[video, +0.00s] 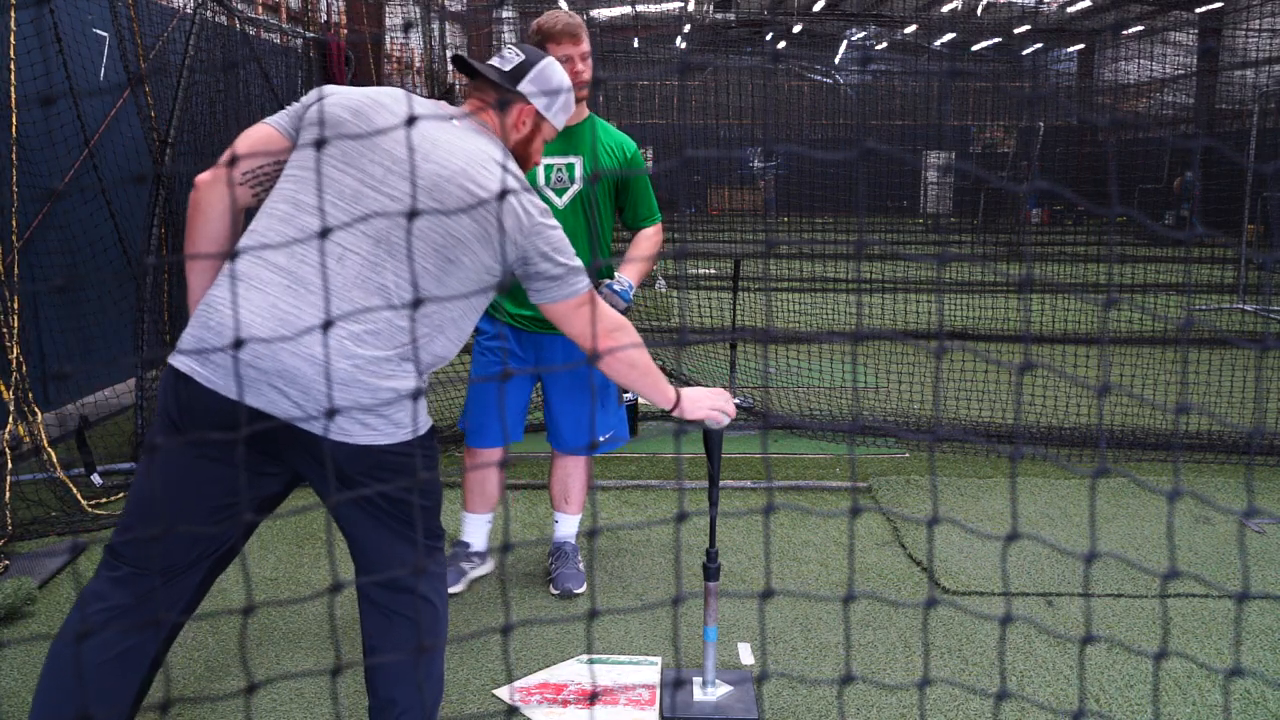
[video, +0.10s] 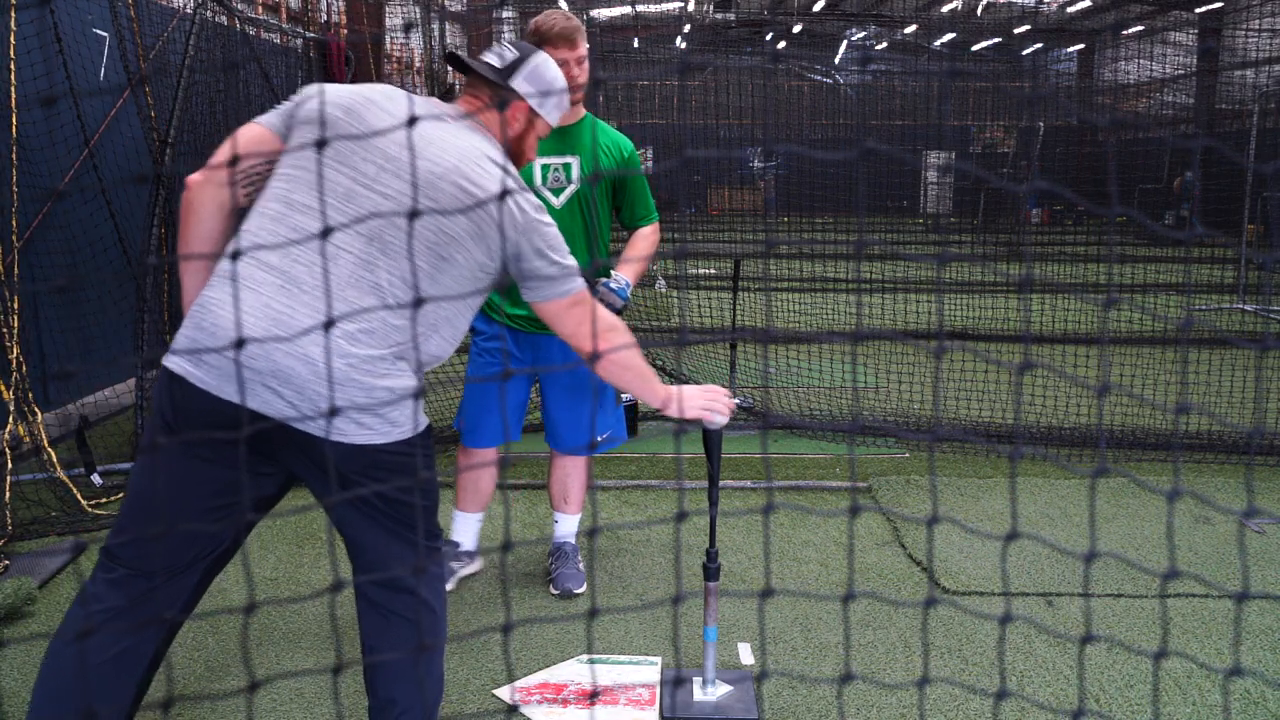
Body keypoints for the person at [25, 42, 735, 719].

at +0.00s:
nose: (544, 147)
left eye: (549, 133)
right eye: (546, 131)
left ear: (473, 89)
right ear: (519, 113)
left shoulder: (345, 105)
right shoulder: (515, 207)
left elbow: (221, 181)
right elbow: (598, 330)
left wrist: (208, 318)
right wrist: (673, 397)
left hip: (224, 372)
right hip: (367, 408)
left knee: (137, 586)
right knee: (404, 592)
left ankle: (66, 714)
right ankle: (404, 710)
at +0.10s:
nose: (539, 147)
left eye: (544, 133)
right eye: (541, 131)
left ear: (469, 86)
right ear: (517, 113)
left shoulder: (335, 101)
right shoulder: (508, 203)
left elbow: (212, 179)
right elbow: (591, 330)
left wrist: (203, 313)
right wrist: (665, 396)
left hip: (215, 371)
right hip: (361, 406)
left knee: (134, 587)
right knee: (402, 588)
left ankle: (61, 713)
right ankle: (404, 710)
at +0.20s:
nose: (508, 120)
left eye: (510, 104)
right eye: (510, 105)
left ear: (433, 62)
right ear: (488, 91)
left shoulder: (302, 88)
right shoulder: (487, 186)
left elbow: (185, 182)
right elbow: (550, 330)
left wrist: (194, 306)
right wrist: (611, 405)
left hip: (198, 373)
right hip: (344, 407)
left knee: (125, 592)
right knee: (392, 595)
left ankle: (59, 710)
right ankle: (405, 711)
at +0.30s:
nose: (494, 96)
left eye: (498, 82)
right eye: (493, 80)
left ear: (410, 51)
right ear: (468, 67)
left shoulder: (271, 85)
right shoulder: (474, 176)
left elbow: (169, 187)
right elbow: (512, 313)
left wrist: (184, 299)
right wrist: (559, 411)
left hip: (188, 379)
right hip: (335, 406)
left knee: (122, 593)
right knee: (387, 599)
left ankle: (56, 707)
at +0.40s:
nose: (431, 62)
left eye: (432, 43)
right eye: (428, 42)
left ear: (332, 24)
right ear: (403, 35)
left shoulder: (191, 86)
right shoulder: (421, 156)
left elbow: (115, 227)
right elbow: (437, 326)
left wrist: (177, 318)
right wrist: (428, 436)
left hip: (153, 414)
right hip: (308, 428)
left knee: (105, 618)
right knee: (379, 619)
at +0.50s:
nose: (383, 42)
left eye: (382, 27)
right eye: (375, 24)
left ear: (279, 16)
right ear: (347, 24)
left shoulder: (143, 91)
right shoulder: (375, 144)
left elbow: (80, 245)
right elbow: (382, 350)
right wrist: (360, 415)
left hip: (132, 430)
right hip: (289, 438)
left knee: (93, 635)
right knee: (370, 633)